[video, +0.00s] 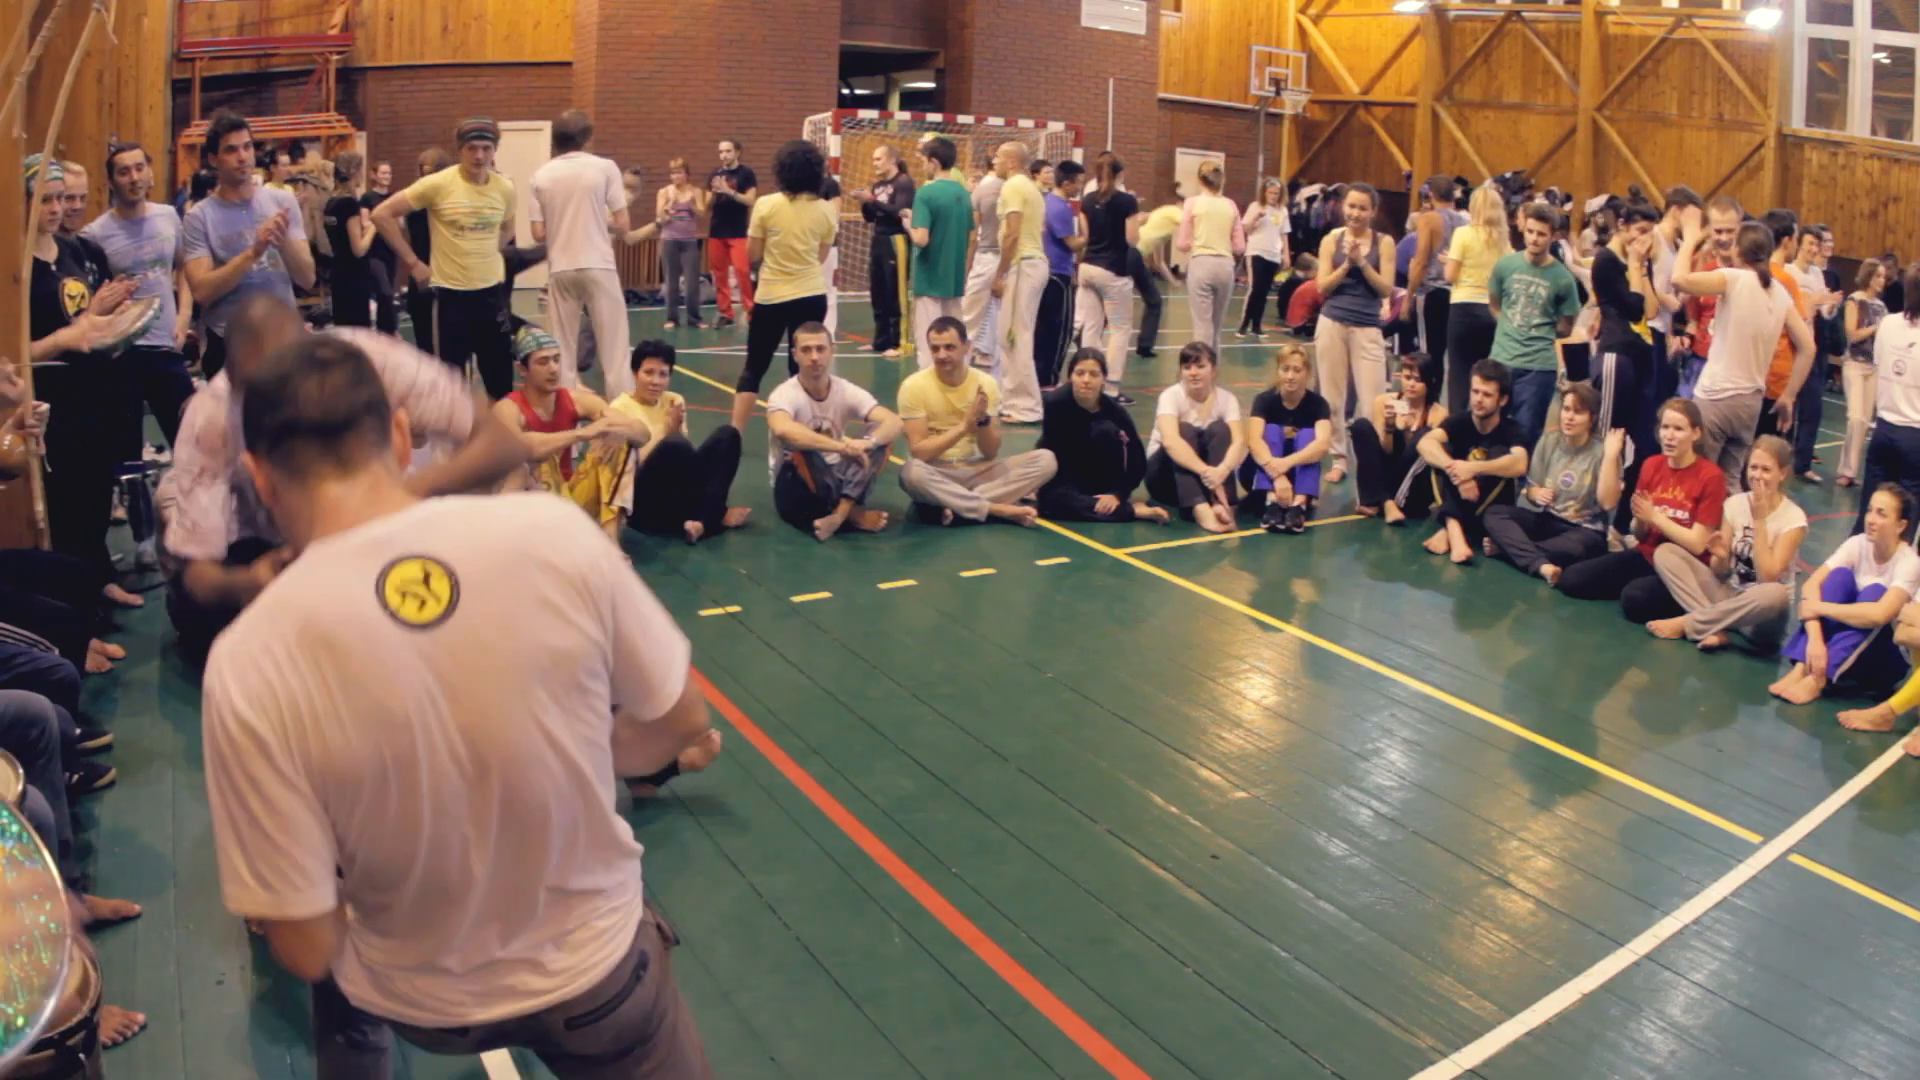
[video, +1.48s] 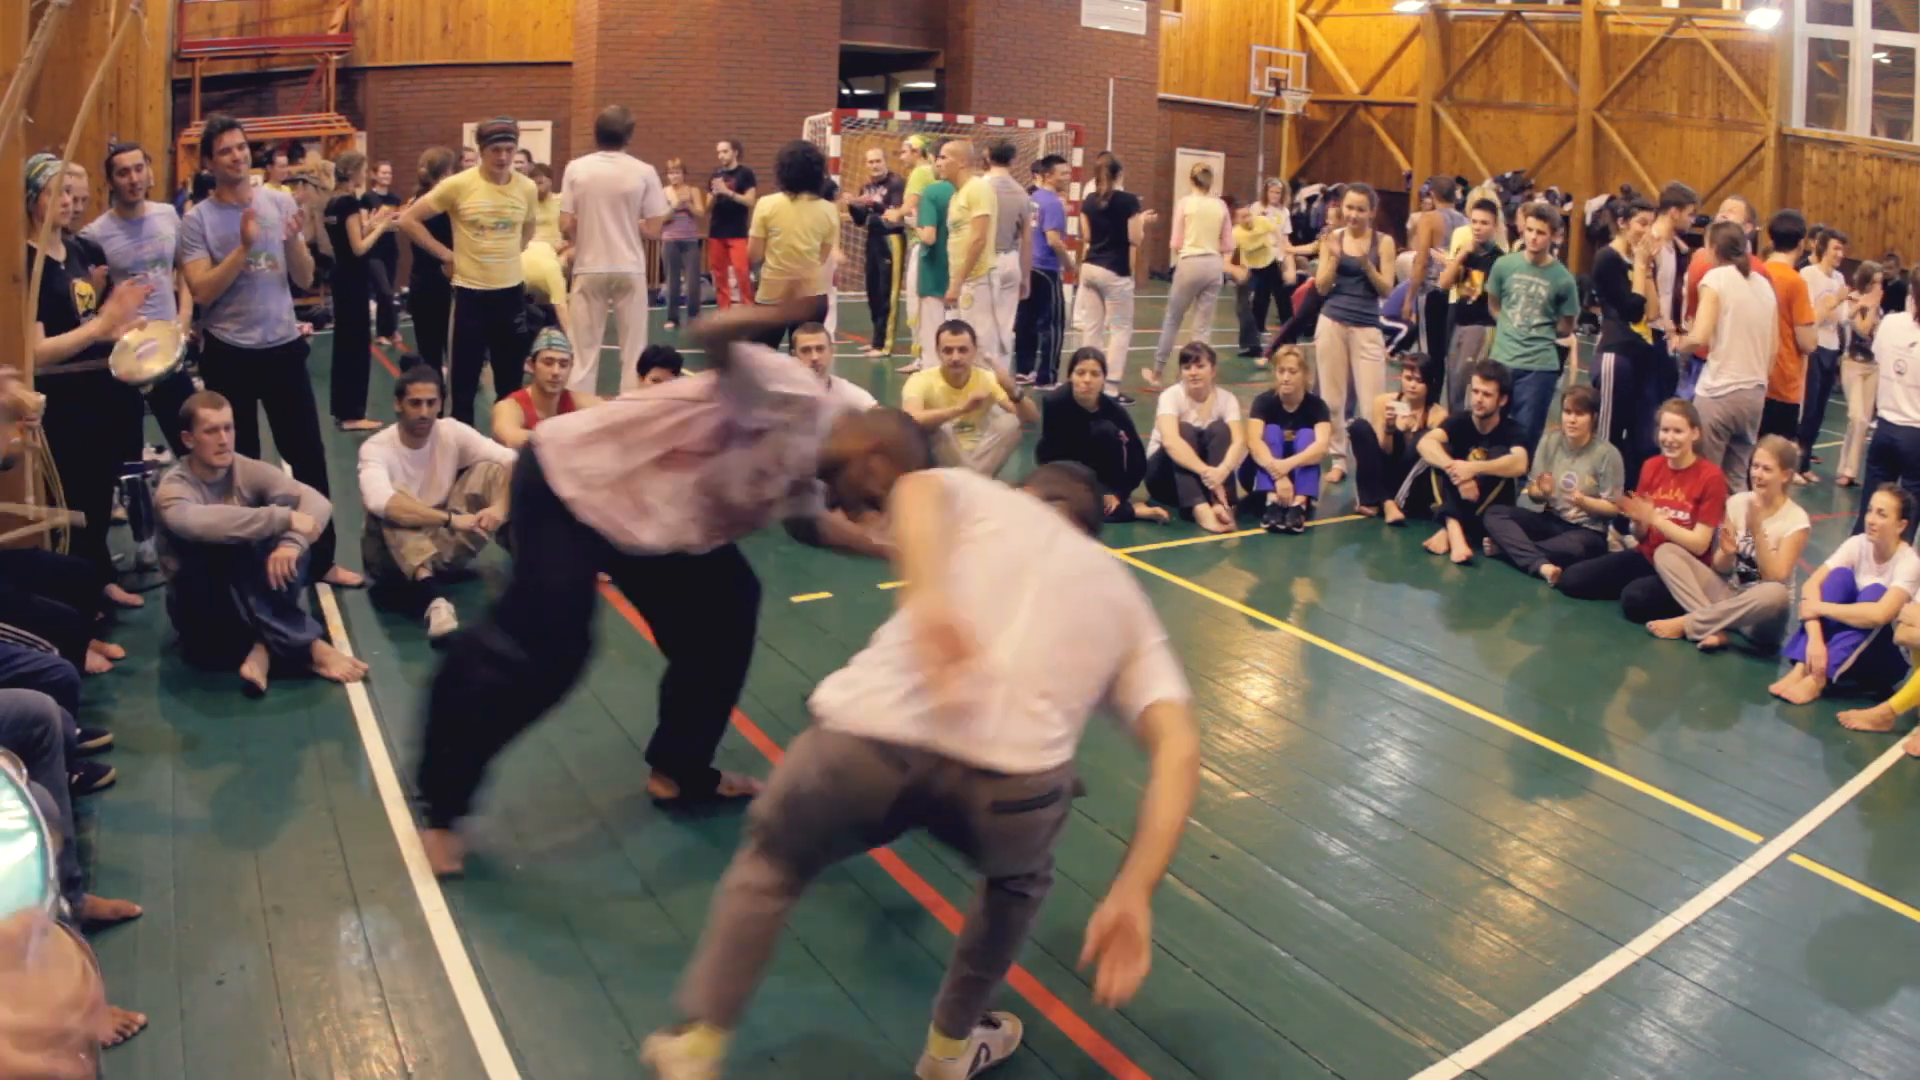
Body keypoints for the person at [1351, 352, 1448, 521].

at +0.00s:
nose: (1411, 384)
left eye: (1418, 380)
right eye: (1407, 378)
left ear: (1430, 383)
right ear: (1400, 378)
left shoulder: (1438, 414)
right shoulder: (1383, 402)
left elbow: (1420, 454)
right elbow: (1387, 452)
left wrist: (1408, 433)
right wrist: (1389, 426)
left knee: (1425, 437)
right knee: (1360, 426)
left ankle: (1375, 501)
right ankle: (1387, 501)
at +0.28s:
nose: (1410, 385)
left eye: (1418, 380)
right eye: (1406, 378)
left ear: (1430, 383)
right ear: (1399, 378)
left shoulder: (1439, 414)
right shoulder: (1383, 402)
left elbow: (1420, 454)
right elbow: (1387, 452)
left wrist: (1408, 433)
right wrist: (1389, 427)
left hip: (1416, 493)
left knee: (1425, 438)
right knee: (1360, 426)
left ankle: (1374, 501)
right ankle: (1387, 501)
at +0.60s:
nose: (1411, 385)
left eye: (1418, 380)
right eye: (1407, 378)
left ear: (1430, 383)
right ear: (1399, 378)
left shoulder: (1438, 414)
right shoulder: (1383, 402)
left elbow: (1420, 455)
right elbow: (1386, 452)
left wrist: (1408, 433)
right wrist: (1389, 426)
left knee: (1425, 439)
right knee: (1360, 426)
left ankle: (1374, 501)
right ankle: (1387, 501)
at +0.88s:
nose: (1411, 385)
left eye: (1418, 380)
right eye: (1407, 378)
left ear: (1430, 383)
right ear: (1400, 378)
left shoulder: (1438, 414)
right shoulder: (1383, 402)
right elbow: (1386, 451)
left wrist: (1408, 433)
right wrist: (1389, 426)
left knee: (1426, 437)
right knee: (1359, 426)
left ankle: (1374, 500)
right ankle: (1387, 501)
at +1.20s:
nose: (1411, 385)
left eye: (1419, 380)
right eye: (1407, 378)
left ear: (1430, 383)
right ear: (1400, 378)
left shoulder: (1438, 414)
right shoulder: (1383, 402)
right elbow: (1386, 451)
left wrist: (1409, 433)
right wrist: (1389, 426)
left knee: (1424, 440)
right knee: (1359, 426)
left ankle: (1373, 501)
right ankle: (1387, 501)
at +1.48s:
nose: (1412, 385)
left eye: (1419, 380)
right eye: (1408, 378)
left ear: (1430, 384)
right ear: (1401, 379)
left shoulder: (1438, 415)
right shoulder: (1383, 402)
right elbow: (1386, 452)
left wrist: (1409, 433)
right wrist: (1389, 427)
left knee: (1422, 442)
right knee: (1359, 426)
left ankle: (1373, 501)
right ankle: (1387, 501)